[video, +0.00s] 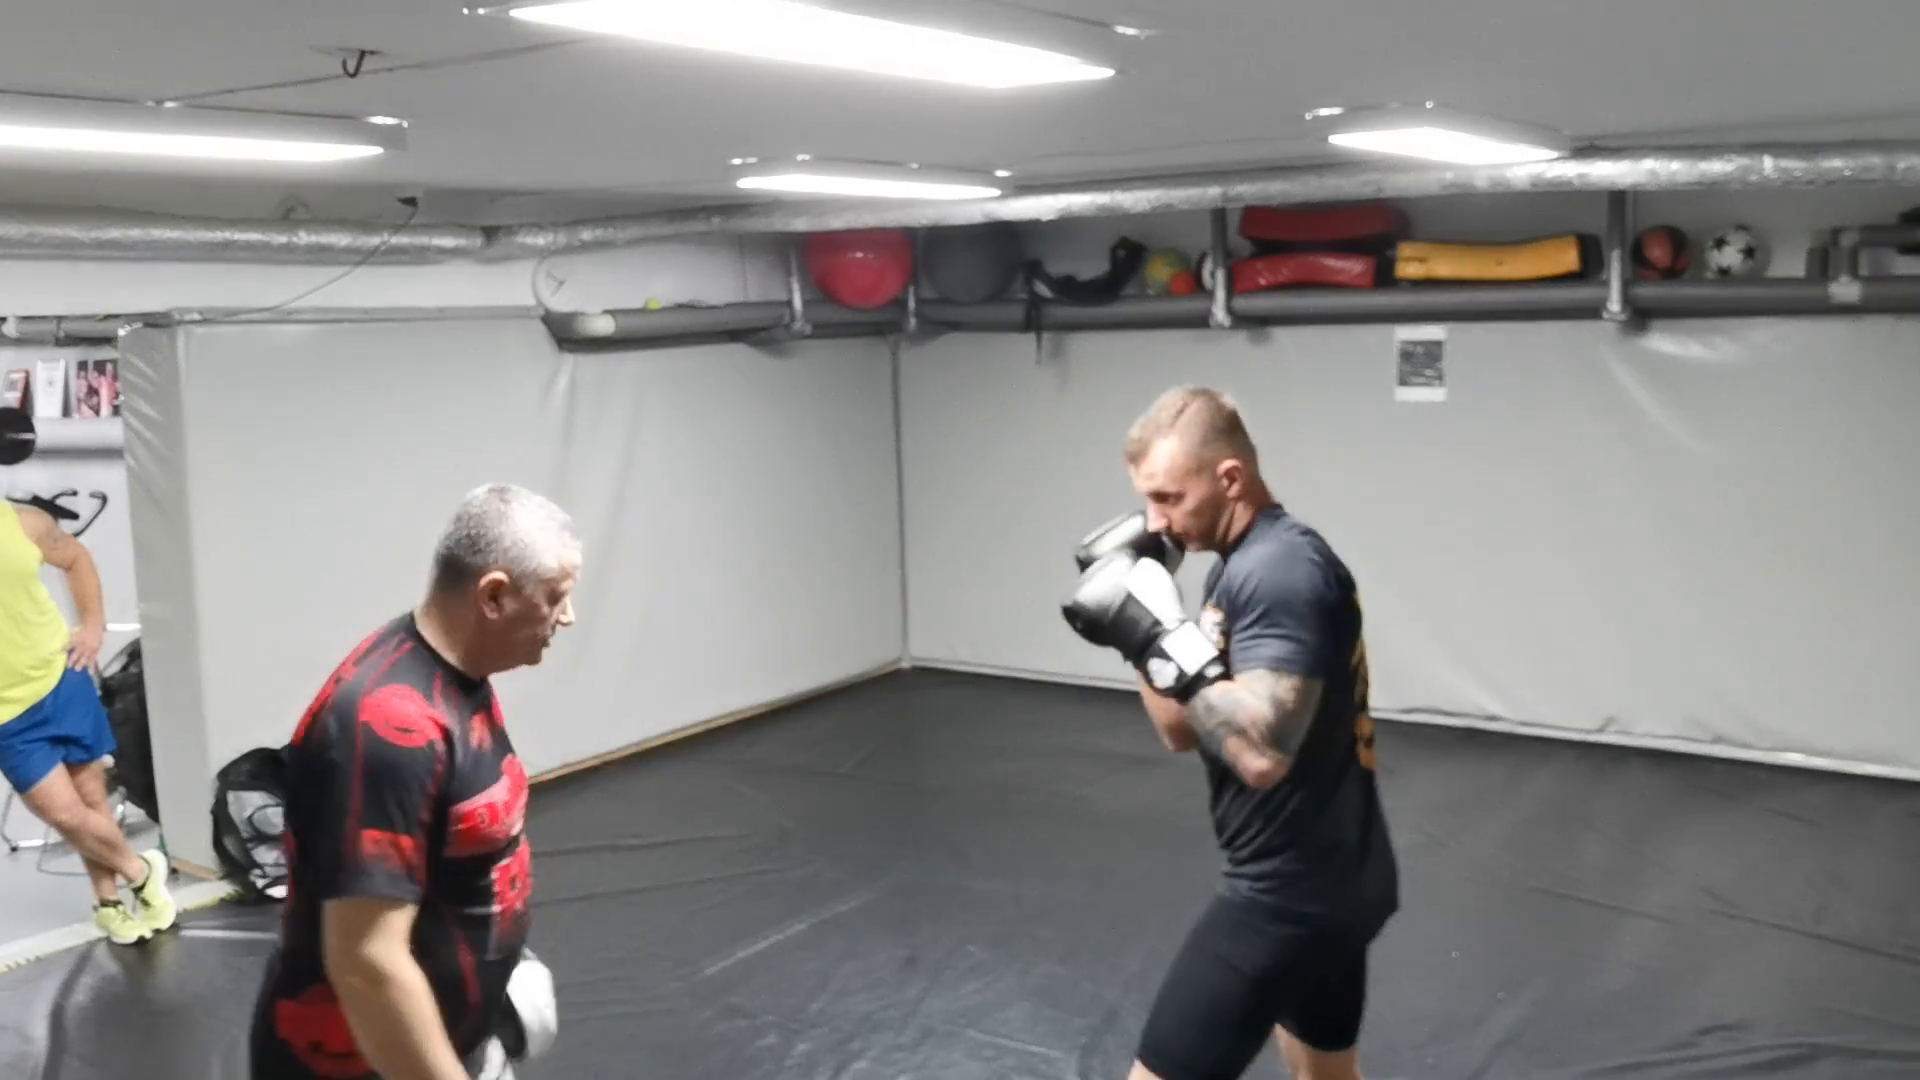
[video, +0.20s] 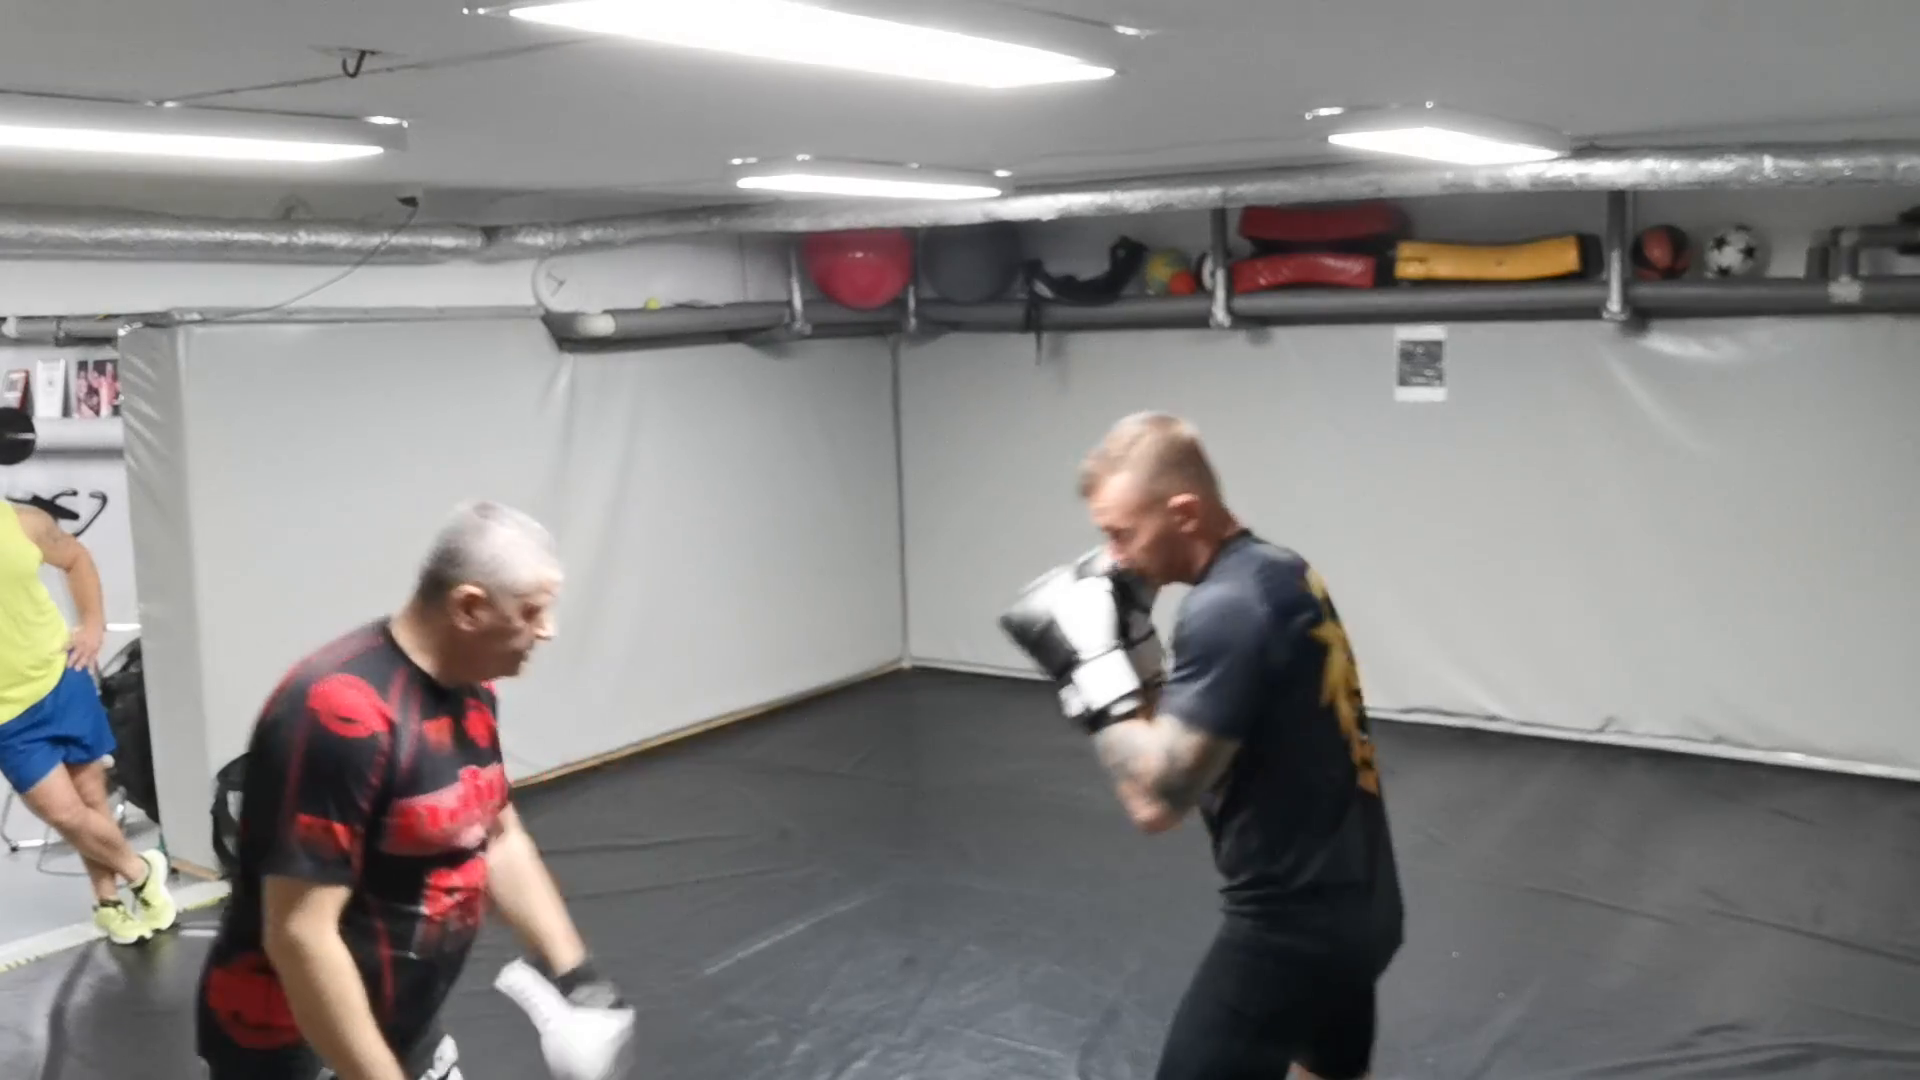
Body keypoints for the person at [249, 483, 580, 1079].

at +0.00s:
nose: (567, 618)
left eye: (568, 598)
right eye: (557, 598)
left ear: (494, 598)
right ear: (494, 597)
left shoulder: (455, 674)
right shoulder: (388, 720)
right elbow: (366, 960)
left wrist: (501, 961)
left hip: (440, 1035)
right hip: (362, 1060)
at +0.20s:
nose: (548, 633)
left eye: (548, 612)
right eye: (533, 613)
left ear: (470, 611)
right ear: (469, 609)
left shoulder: (466, 685)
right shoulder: (337, 712)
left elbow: (499, 835)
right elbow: (297, 931)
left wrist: (576, 977)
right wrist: (381, 1072)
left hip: (403, 1030)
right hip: (291, 1048)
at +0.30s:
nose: (501, 615)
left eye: (502, 592)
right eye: (485, 594)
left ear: (420, 592)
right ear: (418, 590)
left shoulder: (432, 676)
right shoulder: (295, 704)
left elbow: (517, 796)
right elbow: (269, 925)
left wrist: (640, 873)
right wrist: (352, 1070)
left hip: (385, 1029)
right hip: (278, 1051)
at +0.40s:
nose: (451, 611)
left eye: (451, 589)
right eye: (433, 593)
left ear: (374, 591)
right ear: (362, 589)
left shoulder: (393, 669)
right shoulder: (250, 708)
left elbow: (506, 734)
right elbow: (239, 935)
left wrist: (630, 705)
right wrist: (338, 1072)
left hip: (370, 1036)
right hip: (260, 1056)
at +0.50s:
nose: (406, 618)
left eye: (405, 597)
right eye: (387, 601)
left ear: (319, 601)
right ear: (317, 600)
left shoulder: (342, 665)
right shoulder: (214, 726)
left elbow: (469, 700)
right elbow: (213, 958)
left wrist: (513, 599)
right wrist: (304, 1071)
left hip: (343, 1038)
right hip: (233, 1057)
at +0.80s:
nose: (339, 623)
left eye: (337, 600)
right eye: (314, 605)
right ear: (236, 605)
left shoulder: (291, 657)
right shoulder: (147, 727)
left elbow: (430, 688)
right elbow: (153, 965)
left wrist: (479, 612)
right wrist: (256, 1075)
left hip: (303, 1036)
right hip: (189, 1058)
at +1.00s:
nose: (251, 617)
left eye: (250, 593)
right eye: (224, 600)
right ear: (139, 603)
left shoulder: (252, 651)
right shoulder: (68, 751)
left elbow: (367, 701)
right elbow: (105, 982)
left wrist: (469, 704)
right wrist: (226, 1073)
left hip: (301, 1029)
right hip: (181, 1058)